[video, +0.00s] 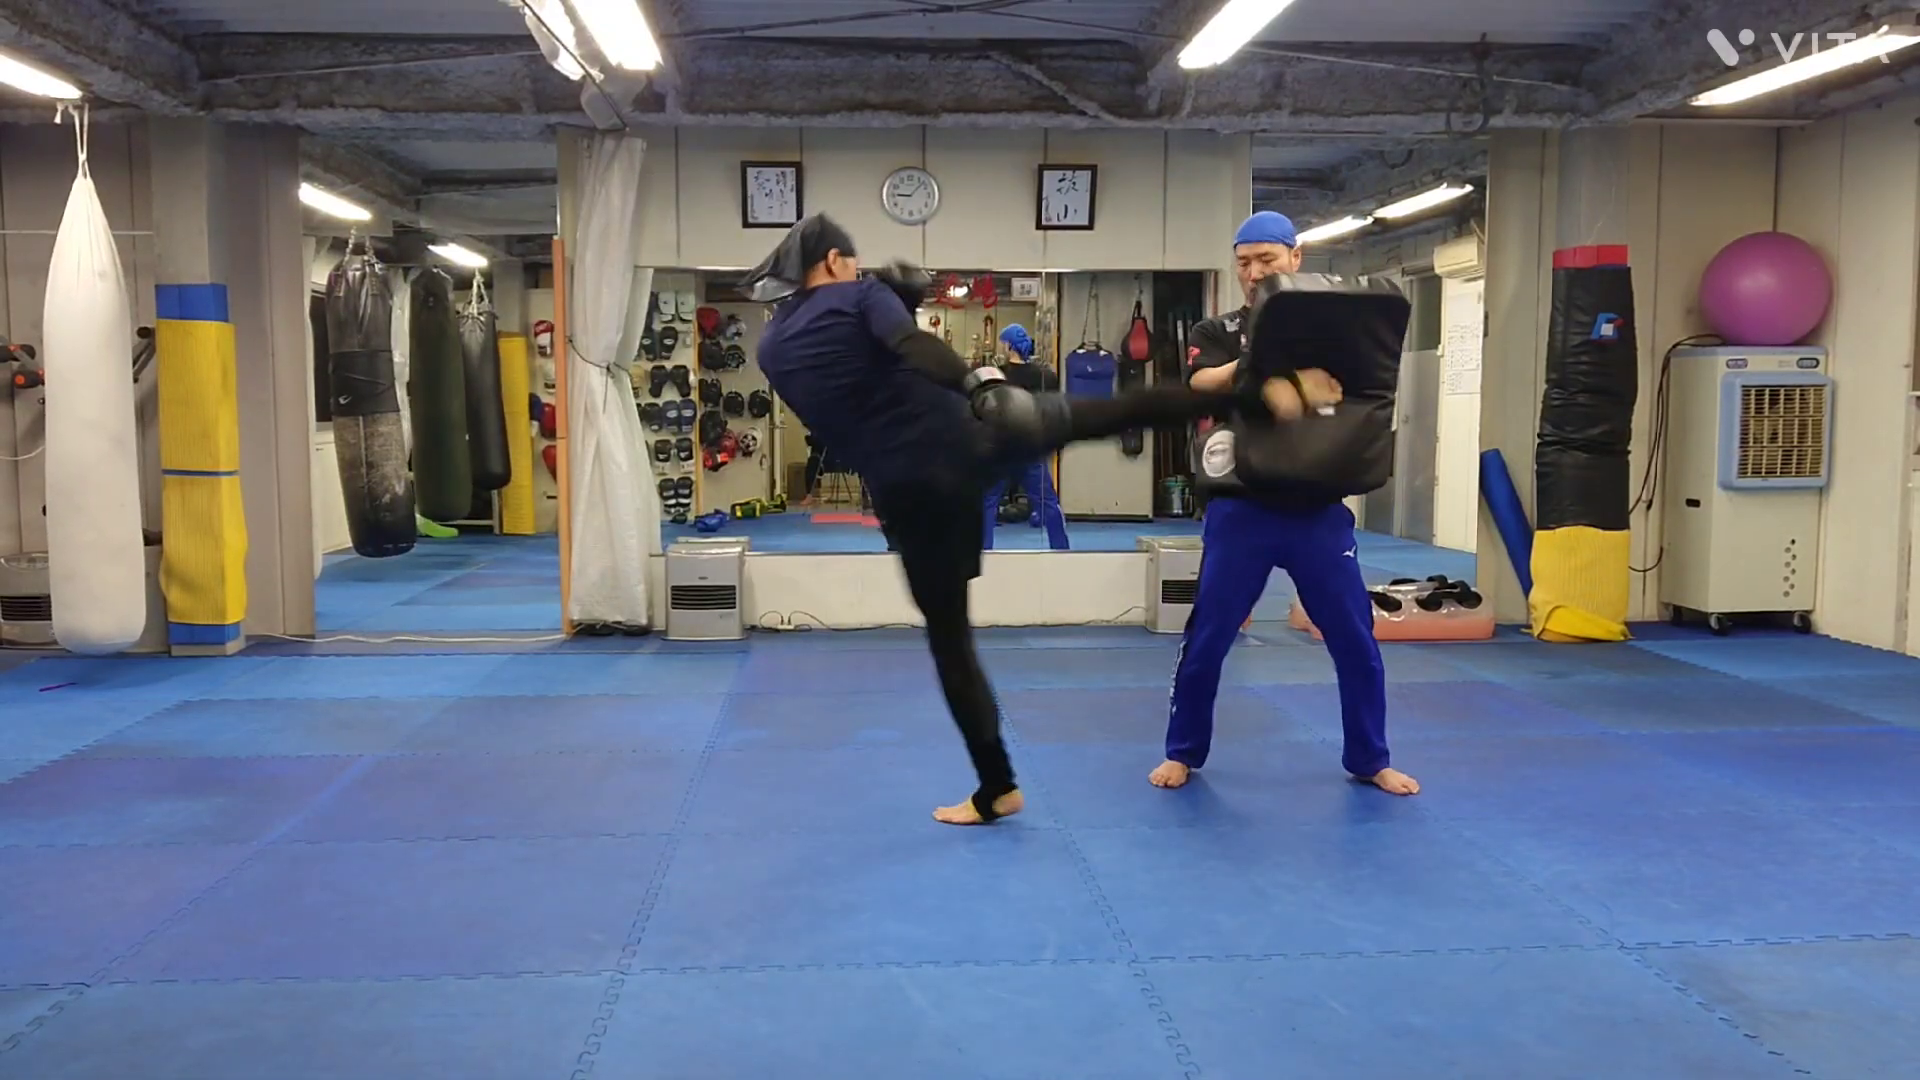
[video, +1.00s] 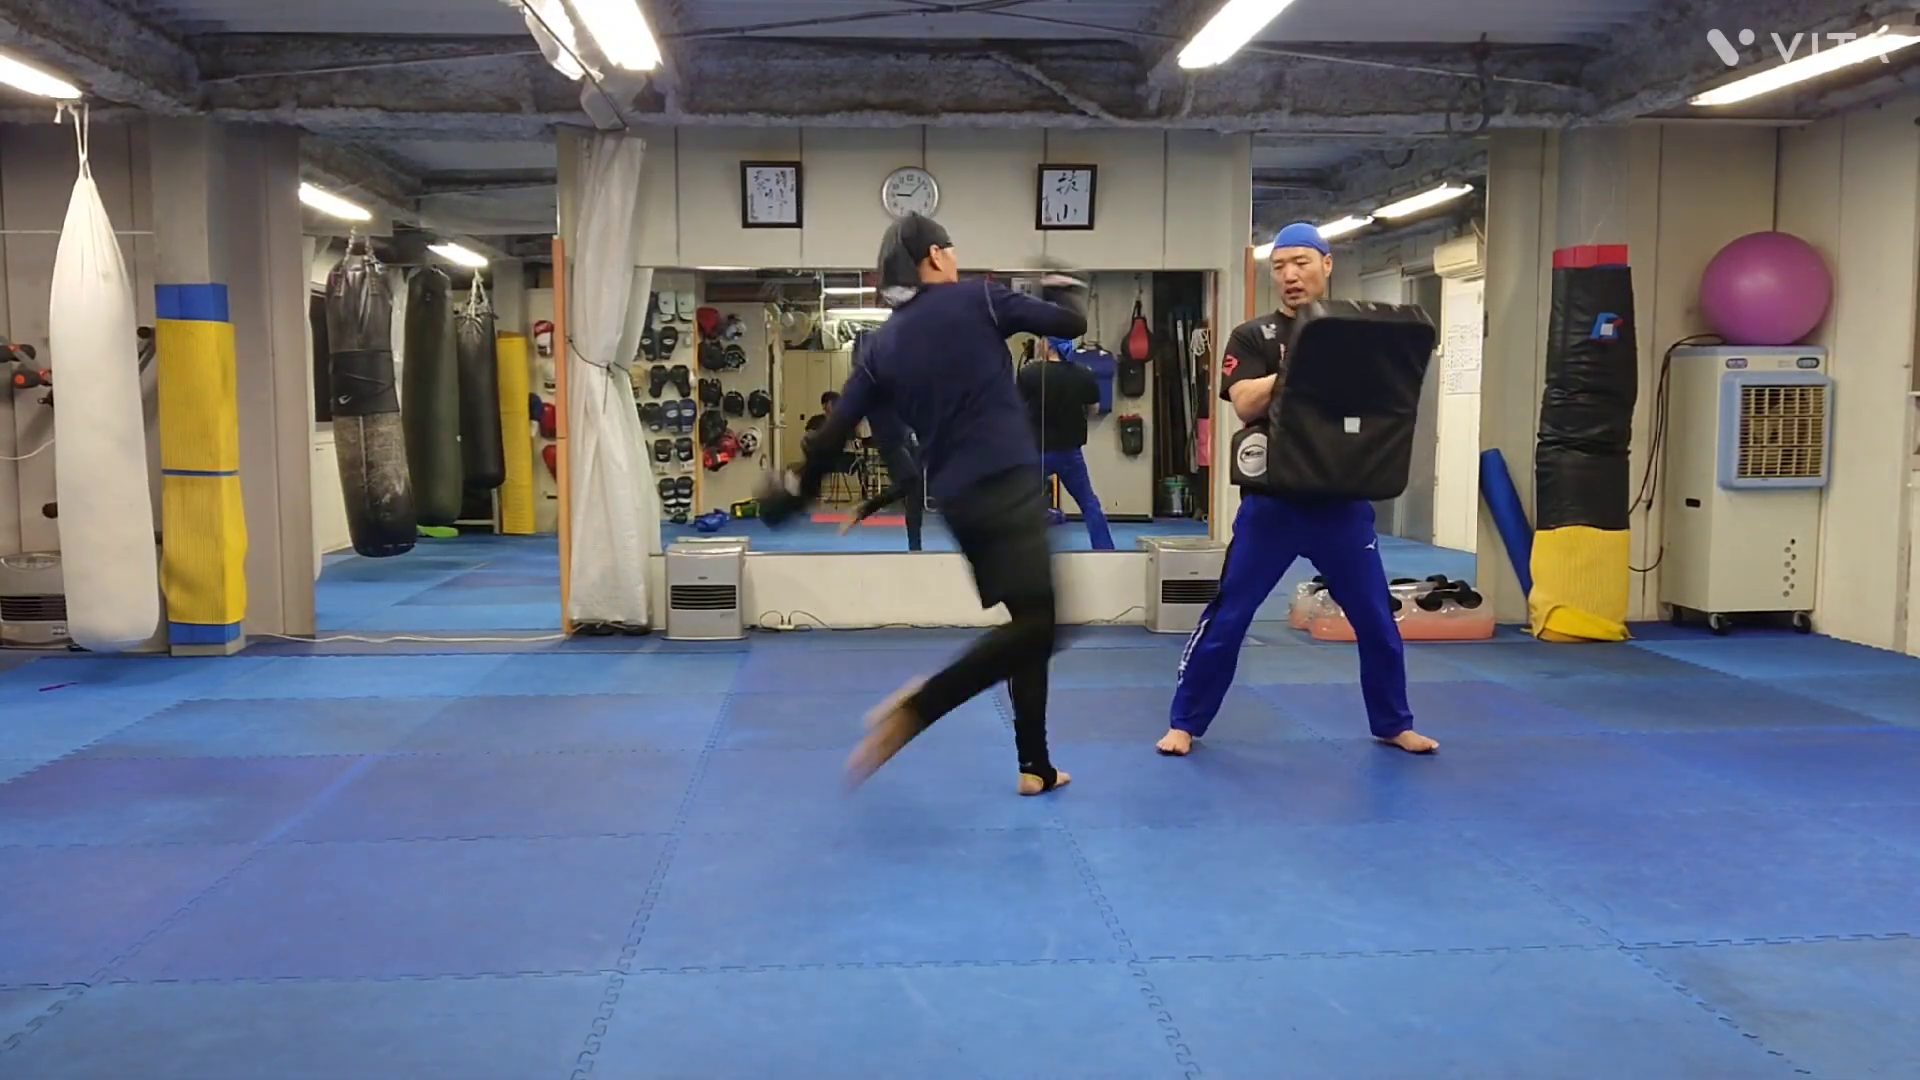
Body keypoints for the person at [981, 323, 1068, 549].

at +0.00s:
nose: (999, 349)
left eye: (1001, 344)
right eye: (1000, 344)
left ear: (1010, 346)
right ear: (1025, 345)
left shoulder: (996, 376)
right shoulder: (1046, 375)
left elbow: (985, 418)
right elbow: (1056, 413)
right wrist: (1054, 445)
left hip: (999, 449)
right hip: (1034, 448)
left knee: (989, 499)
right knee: (1046, 498)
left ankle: (984, 549)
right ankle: (1062, 549)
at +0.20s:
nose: (1007, 341)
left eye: (1007, 338)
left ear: (1009, 338)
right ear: (1031, 336)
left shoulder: (1000, 362)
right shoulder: (1045, 361)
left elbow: (986, 395)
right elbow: (1054, 397)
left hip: (1005, 436)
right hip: (1039, 436)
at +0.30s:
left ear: (1020, 348)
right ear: (1048, 351)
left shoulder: (1002, 370)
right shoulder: (1052, 372)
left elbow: (990, 398)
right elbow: (1066, 404)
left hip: (1008, 444)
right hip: (1042, 444)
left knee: (996, 498)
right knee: (1062, 491)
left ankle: (986, 551)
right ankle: (1071, 546)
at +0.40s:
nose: (1015, 344)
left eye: (1016, 340)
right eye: (1016, 339)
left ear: (1022, 344)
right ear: (1043, 342)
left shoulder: (1010, 373)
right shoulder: (1060, 372)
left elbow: (999, 405)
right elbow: (1074, 406)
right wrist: (1058, 409)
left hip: (1015, 446)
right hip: (1051, 446)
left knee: (998, 500)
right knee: (1074, 497)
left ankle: (986, 552)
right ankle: (1089, 548)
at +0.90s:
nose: (1040, 346)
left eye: (1042, 342)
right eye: (1040, 342)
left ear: (1051, 345)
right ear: (1067, 344)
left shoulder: (1034, 373)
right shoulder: (1085, 375)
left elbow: (1022, 406)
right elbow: (1096, 410)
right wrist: (1076, 412)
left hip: (1037, 449)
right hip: (1072, 449)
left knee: (1020, 505)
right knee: (1091, 504)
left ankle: (1006, 557)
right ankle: (1107, 555)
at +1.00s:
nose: (1040, 346)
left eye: (1042, 342)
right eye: (1042, 342)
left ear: (1048, 347)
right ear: (1067, 348)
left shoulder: (1028, 373)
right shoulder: (1080, 374)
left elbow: (1020, 403)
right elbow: (1092, 405)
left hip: (1037, 451)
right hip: (1069, 450)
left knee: (1027, 509)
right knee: (1088, 501)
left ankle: (1024, 559)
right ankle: (1105, 551)